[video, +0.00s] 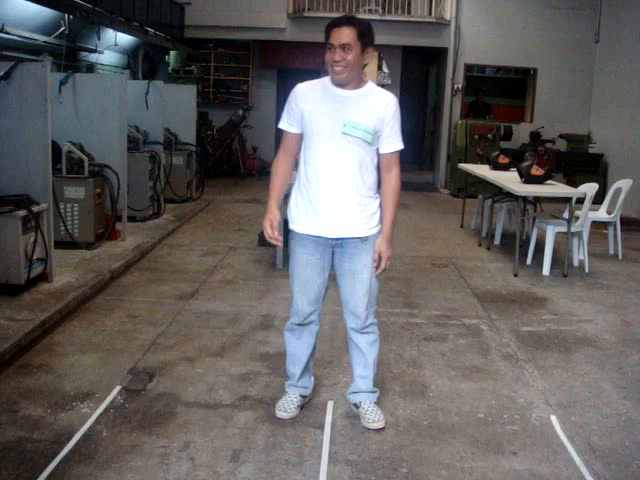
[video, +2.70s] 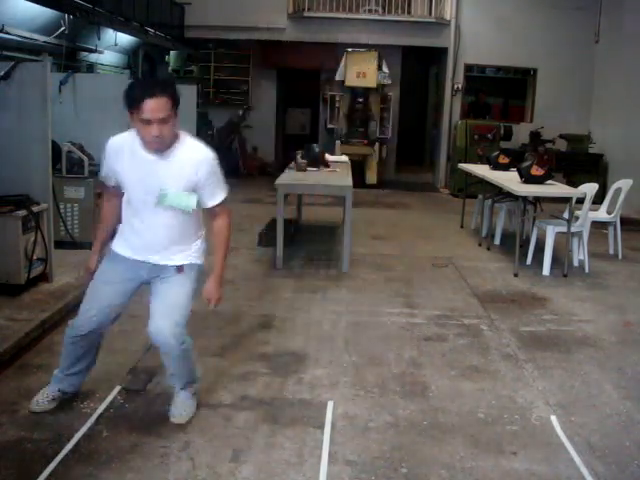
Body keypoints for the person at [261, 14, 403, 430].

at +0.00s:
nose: (337, 55)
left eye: (346, 47)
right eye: (331, 47)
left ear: (366, 53)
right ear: (324, 51)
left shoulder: (384, 104)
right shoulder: (303, 94)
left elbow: (390, 171)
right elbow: (285, 155)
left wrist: (386, 233)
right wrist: (272, 207)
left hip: (361, 231)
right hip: (307, 227)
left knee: (361, 319)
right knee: (302, 314)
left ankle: (364, 395)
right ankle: (297, 387)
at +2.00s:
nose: (330, 72)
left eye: (339, 63)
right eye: (326, 64)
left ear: (364, 64)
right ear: (323, 64)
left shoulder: (389, 115)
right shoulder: (305, 105)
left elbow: (394, 185)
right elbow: (288, 169)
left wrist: (392, 250)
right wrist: (280, 230)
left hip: (363, 241)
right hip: (306, 237)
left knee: (378, 321)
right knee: (290, 319)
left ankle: (380, 394)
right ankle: (296, 389)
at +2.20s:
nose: (283, 83)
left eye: (293, 76)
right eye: (280, 75)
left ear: (320, 78)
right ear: (276, 74)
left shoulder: (344, 127)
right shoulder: (262, 113)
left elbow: (361, 191)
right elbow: (251, 172)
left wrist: (361, 256)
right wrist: (244, 233)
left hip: (328, 248)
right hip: (272, 244)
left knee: (357, 321)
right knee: (251, 314)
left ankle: (379, 397)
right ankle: (265, 383)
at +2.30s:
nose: (260, 75)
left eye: (269, 67)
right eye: (254, 65)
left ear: (291, 68)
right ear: (247, 64)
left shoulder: (312, 113)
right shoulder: (232, 95)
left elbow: (340, 168)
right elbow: (220, 150)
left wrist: (340, 233)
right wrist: (214, 212)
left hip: (289, 236)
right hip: (237, 232)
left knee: (311, 315)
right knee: (239, 315)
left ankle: (350, 389)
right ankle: (264, 382)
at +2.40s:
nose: (238, 67)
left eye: (247, 58)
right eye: (231, 57)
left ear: (264, 56)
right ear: (222, 54)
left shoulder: (287, 101)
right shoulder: (205, 84)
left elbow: (317, 151)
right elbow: (192, 137)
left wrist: (313, 215)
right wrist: (184, 194)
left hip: (253, 222)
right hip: (206, 215)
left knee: (239, 302)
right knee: (202, 298)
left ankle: (264, 375)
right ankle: (240, 369)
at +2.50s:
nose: (205, 76)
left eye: (214, 68)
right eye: (199, 67)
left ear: (233, 65)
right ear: (190, 64)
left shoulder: (257, 105)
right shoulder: (176, 94)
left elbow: (287, 153)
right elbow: (169, 148)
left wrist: (283, 217)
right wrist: (153, 201)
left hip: (223, 231)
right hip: (177, 220)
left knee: (193, 311)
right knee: (138, 291)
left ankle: (200, 387)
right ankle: (158, 356)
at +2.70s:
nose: (156, 131)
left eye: (164, 121)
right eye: (146, 122)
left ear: (176, 116)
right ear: (132, 118)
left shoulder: (201, 158)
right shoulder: (117, 149)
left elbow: (219, 215)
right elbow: (111, 199)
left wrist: (216, 277)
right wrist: (96, 251)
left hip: (178, 263)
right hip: (126, 256)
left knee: (166, 332)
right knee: (84, 325)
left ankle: (185, 390)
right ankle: (64, 386)